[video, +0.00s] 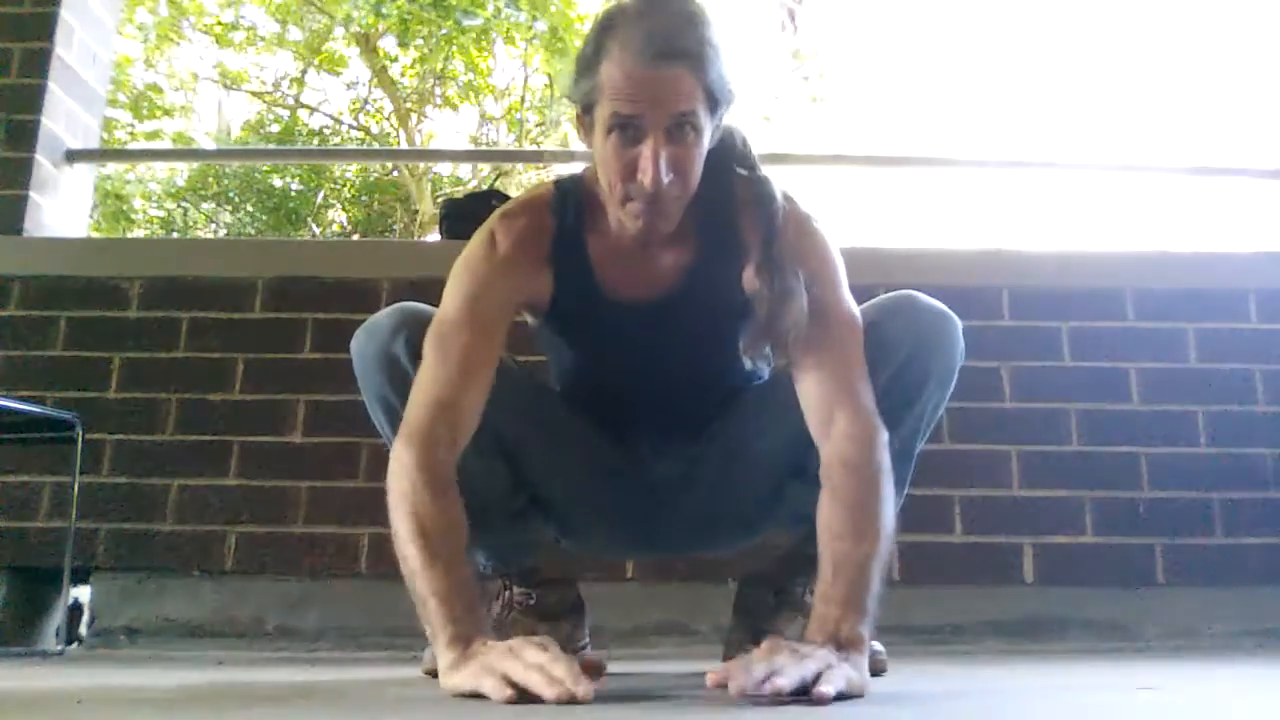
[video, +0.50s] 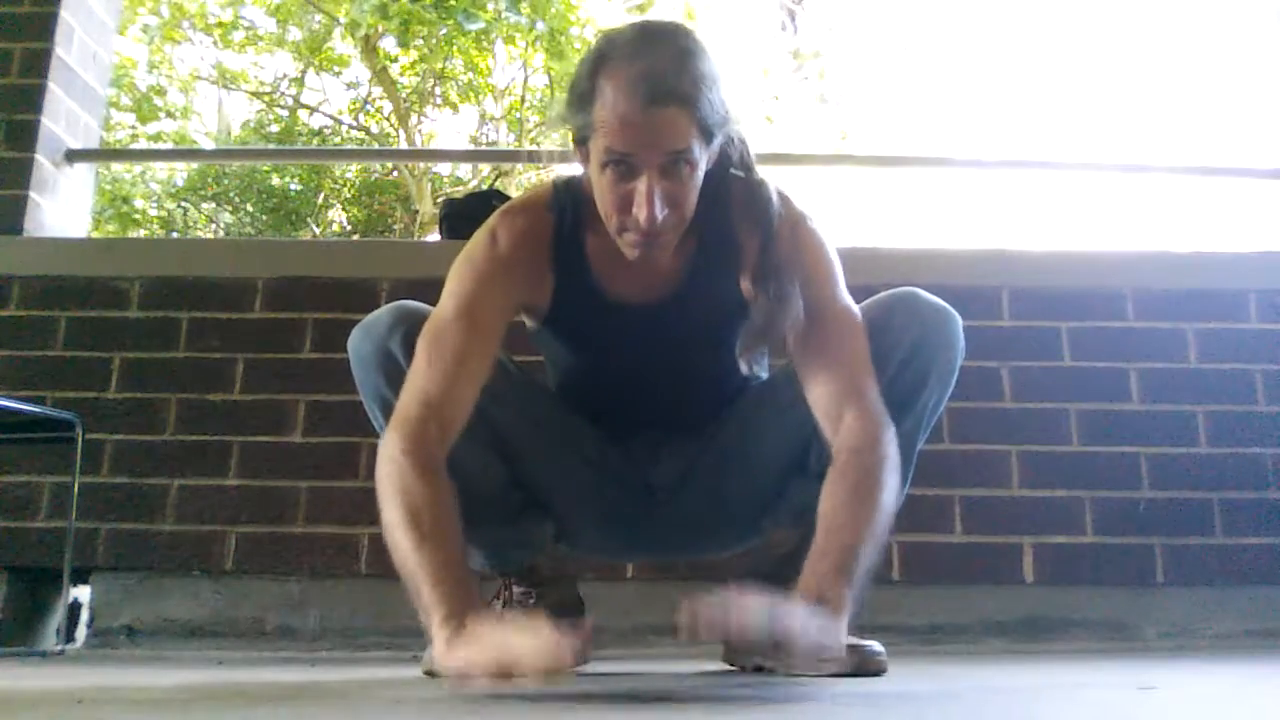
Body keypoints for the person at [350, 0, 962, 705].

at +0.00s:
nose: (653, 168)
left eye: (682, 131)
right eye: (625, 131)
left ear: (716, 126)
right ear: (584, 129)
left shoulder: (778, 235)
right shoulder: (517, 242)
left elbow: (851, 435)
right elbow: (420, 455)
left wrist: (838, 639)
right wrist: (459, 647)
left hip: (734, 478)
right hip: (587, 479)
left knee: (922, 328)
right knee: (391, 339)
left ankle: (778, 619)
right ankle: (542, 613)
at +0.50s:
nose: (647, 203)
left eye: (676, 167)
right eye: (620, 168)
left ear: (716, 154)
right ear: (583, 153)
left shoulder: (774, 234)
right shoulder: (520, 238)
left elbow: (862, 432)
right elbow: (409, 446)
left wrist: (821, 606)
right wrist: (452, 622)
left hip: (726, 485)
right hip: (583, 483)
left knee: (923, 322)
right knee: (388, 336)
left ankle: (807, 616)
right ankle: (531, 589)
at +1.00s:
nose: (645, 212)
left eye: (675, 174)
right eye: (617, 175)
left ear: (715, 158)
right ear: (580, 158)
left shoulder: (773, 230)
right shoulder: (520, 235)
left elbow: (848, 439)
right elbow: (423, 458)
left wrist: (808, 637)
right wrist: (472, 647)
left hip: (728, 478)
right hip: (584, 479)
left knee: (926, 325)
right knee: (388, 336)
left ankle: (781, 622)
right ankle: (540, 605)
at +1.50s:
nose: (650, 182)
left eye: (678, 145)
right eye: (622, 146)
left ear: (717, 132)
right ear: (585, 133)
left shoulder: (773, 198)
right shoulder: (528, 200)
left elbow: (867, 359)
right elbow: (408, 358)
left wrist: (835, 421)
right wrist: (453, 419)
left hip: (732, 474)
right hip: (580, 474)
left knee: (930, 330)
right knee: (379, 344)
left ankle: (787, 604)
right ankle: (532, 603)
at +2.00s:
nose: (647, 122)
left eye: (675, 86)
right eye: (619, 88)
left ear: (713, 82)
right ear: (581, 83)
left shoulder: (773, 158)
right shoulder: (523, 161)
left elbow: (832, 333)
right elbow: (447, 339)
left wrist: (819, 512)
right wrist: (468, 529)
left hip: (732, 449)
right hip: (584, 448)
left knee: (936, 342)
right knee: (371, 353)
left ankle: (788, 602)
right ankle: (529, 605)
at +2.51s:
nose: (629, 24)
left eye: (662, 4)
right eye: (603, 3)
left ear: (709, 1)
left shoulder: (791, 27)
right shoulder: (484, 24)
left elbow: (822, 257)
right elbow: (411, 280)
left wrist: (812, 546)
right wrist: (411, 559)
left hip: (740, 331)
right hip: (565, 330)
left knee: (947, 386)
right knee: (341, 413)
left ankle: (788, 570)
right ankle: (522, 558)